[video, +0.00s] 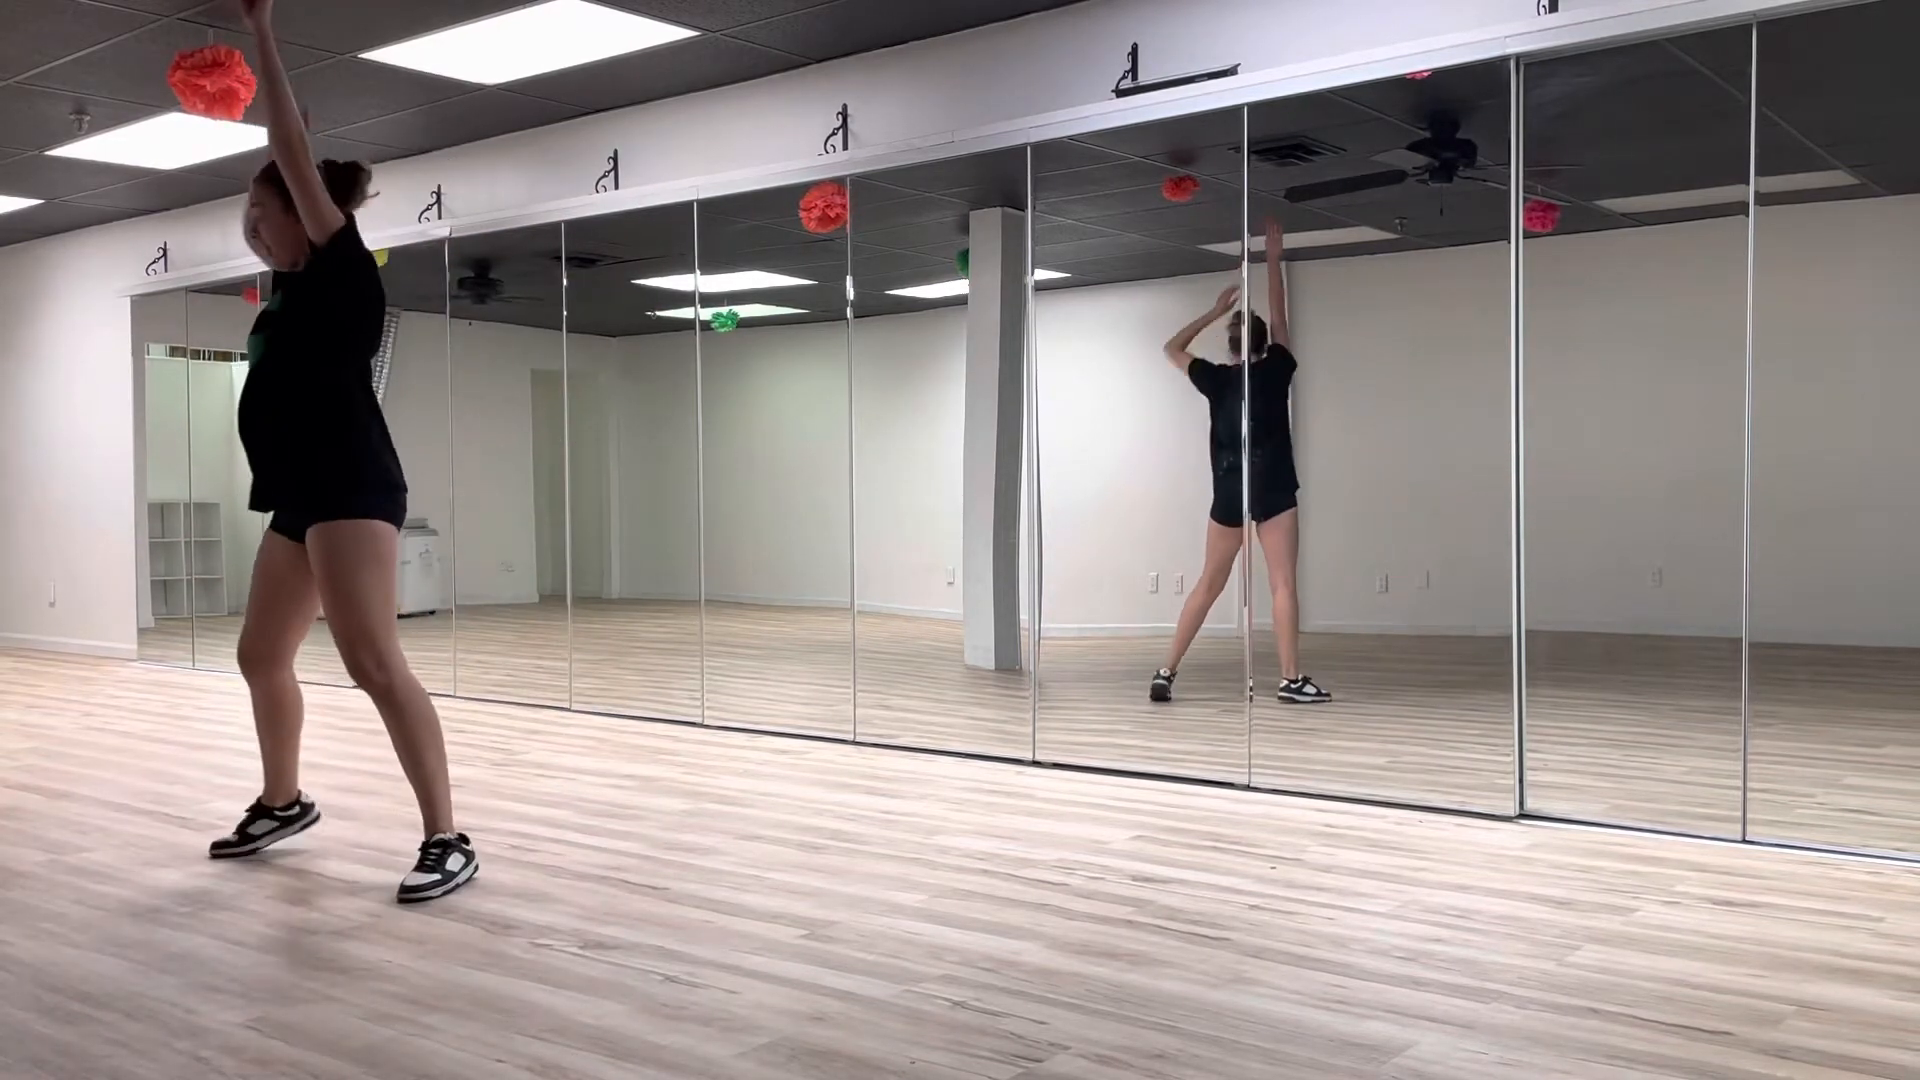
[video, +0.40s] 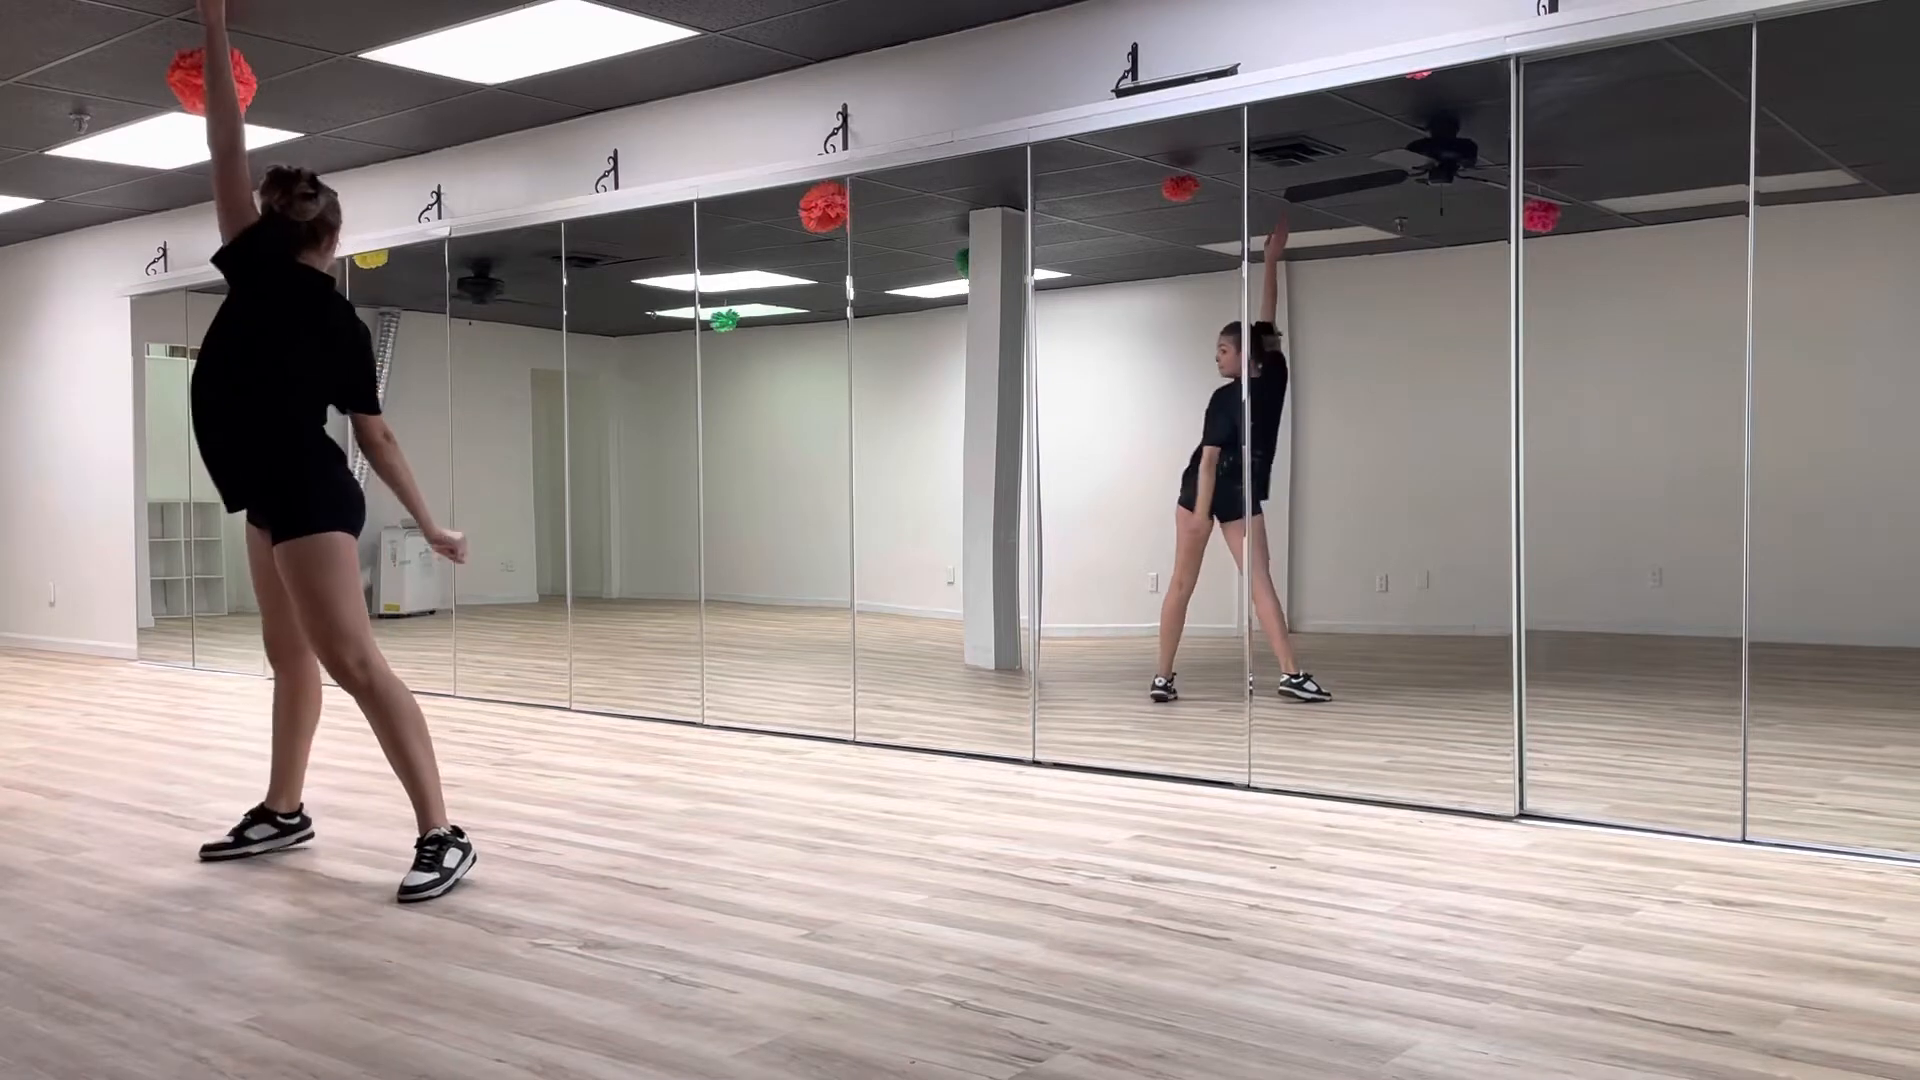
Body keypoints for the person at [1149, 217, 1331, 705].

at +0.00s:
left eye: (1236, 335)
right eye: (1261, 332)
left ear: (1229, 343)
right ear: (1266, 340)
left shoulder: (1216, 378)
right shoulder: (1276, 370)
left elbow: (1174, 349)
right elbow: (1278, 310)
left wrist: (1213, 314)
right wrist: (1274, 253)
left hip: (1228, 490)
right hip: (1275, 486)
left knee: (1209, 584)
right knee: (1282, 585)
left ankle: (1167, 671)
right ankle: (1291, 679)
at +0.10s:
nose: (1227, 350)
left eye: (1229, 343)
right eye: (1277, 330)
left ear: (1235, 344)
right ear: (1273, 339)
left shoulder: (1224, 377)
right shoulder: (1286, 365)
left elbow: (1162, 396)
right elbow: (1281, 308)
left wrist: (1190, 354)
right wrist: (1276, 254)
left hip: (1227, 484)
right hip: (1274, 483)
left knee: (1206, 574)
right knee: (1283, 583)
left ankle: (1169, 660)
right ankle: (1291, 676)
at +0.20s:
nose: (1221, 345)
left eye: (1226, 337)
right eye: (1223, 337)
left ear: (1242, 339)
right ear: (1264, 338)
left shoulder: (1225, 382)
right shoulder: (1285, 364)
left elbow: (1192, 435)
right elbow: (1278, 306)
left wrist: (1165, 401)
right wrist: (1277, 251)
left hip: (1221, 477)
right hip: (1269, 477)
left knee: (1201, 572)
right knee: (1277, 579)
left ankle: (1169, 661)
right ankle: (1292, 673)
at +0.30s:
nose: (1219, 352)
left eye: (1223, 345)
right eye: (1220, 344)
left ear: (1243, 345)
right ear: (1258, 343)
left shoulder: (1230, 388)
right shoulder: (1280, 369)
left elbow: (1213, 451)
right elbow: (1271, 313)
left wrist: (1164, 476)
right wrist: (1274, 254)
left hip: (1212, 482)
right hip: (1258, 482)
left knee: (1192, 576)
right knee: (1266, 578)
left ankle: (1167, 670)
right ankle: (1292, 672)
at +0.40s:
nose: (1217, 357)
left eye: (1223, 350)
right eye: (1218, 349)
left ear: (1244, 353)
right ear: (1259, 354)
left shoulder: (1226, 397)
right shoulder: (1276, 378)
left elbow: (1210, 460)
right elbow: (1268, 319)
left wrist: (1201, 512)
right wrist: (1271, 259)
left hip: (1203, 483)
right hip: (1245, 486)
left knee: (1182, 583)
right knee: (1260, 579)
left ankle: (1163, 677)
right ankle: (1291, 673)